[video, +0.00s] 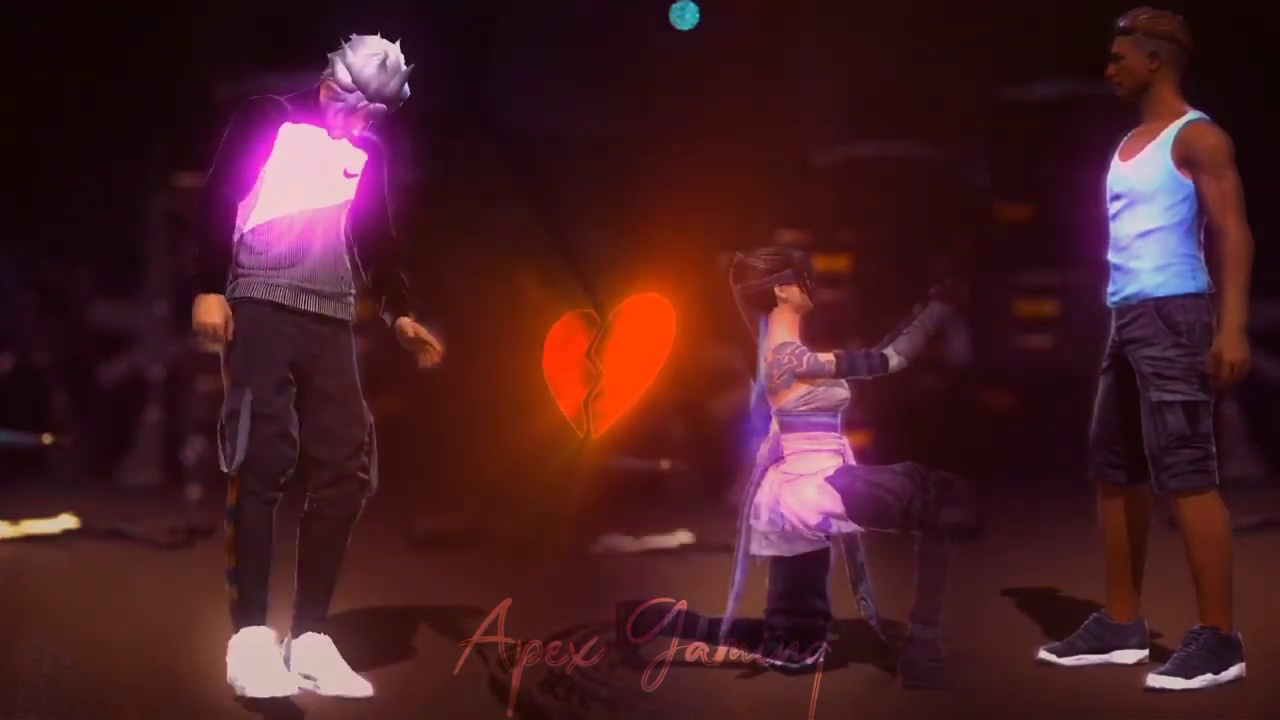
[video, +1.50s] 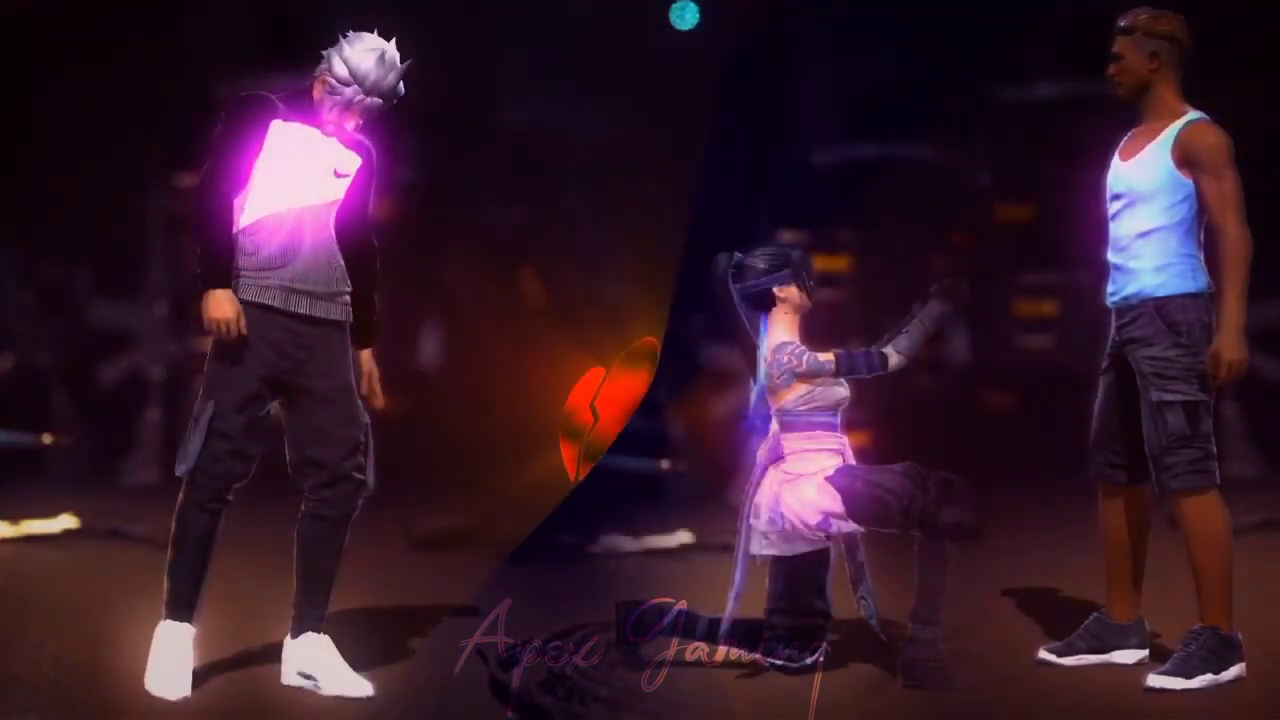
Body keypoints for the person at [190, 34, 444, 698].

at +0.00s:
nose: (357, 123)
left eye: (372, 114)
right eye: (351, 105)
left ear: (384, 110)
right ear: (329, 83)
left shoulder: (374, 151)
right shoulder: (269, 119)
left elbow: (376, 243)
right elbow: (220, 200)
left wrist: (401, 314)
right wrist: (208, 286)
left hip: (332, 324)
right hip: (263, 312)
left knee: (342, 473)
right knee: (265, 467)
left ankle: (310, 635)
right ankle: (252, 635)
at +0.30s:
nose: (358, 124)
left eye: (371, 115)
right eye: (352, 106)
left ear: (383, 111)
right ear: (328, 85)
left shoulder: (371, 153)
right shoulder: (265, 118)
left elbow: (374, 247)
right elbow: (218, 199)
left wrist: (394, 327)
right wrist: (212, 284)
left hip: (332, 325)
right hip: (262, 313)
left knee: (344, 475)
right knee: (254, 467)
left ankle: (307, 639)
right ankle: (230, 638)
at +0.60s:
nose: (354, 122)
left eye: (368, 113)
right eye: (348, 105)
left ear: (382, 109)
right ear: (325, 84)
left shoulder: (372, 154)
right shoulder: (264, 118)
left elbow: (372, 250)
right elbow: (217, 196)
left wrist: (384, 336)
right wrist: (213, 284)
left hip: (335, 327)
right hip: (260, 315)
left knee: (344, 477)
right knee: (239, 469)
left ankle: (306, 639)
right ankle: (207, 636)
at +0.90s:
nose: (355, 121)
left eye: (368, 112)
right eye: (348, 104)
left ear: (382, 109)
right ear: (324, 83)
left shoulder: (373, 154)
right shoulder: (261, 120)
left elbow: (371, 251)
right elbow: (217, 199)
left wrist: (381, 339)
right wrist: (214, 284)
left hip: (335, 328)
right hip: (259, 315)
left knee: (344, 477)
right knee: (233, 470)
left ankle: (306, 638)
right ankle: (199, 636)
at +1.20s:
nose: (354, 121)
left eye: (367, 112)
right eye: (349, 103)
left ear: (378, 107)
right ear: (324, 84)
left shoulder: (372, 154)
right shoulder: (258, 118)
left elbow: (368, 254)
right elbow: (216, 199)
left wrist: (369, 342)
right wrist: (215, 283)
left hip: (331, 333)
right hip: (255, 320)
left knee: (340, 479)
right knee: (219, 473)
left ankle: (307, 638)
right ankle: (181, 629)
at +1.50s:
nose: (352, 119)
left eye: (366, 110)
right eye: (347, 101)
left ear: (377, 107)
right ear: (323, 82)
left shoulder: (370, 153)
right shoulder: (258, 118)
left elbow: (367, 251)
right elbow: (214, 197)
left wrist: (365, 342)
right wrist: (216, 282)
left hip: (329, 335)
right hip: (253, 321)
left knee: (338, 480)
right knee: (214, 472)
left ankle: (307, 638)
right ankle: (177, 627)